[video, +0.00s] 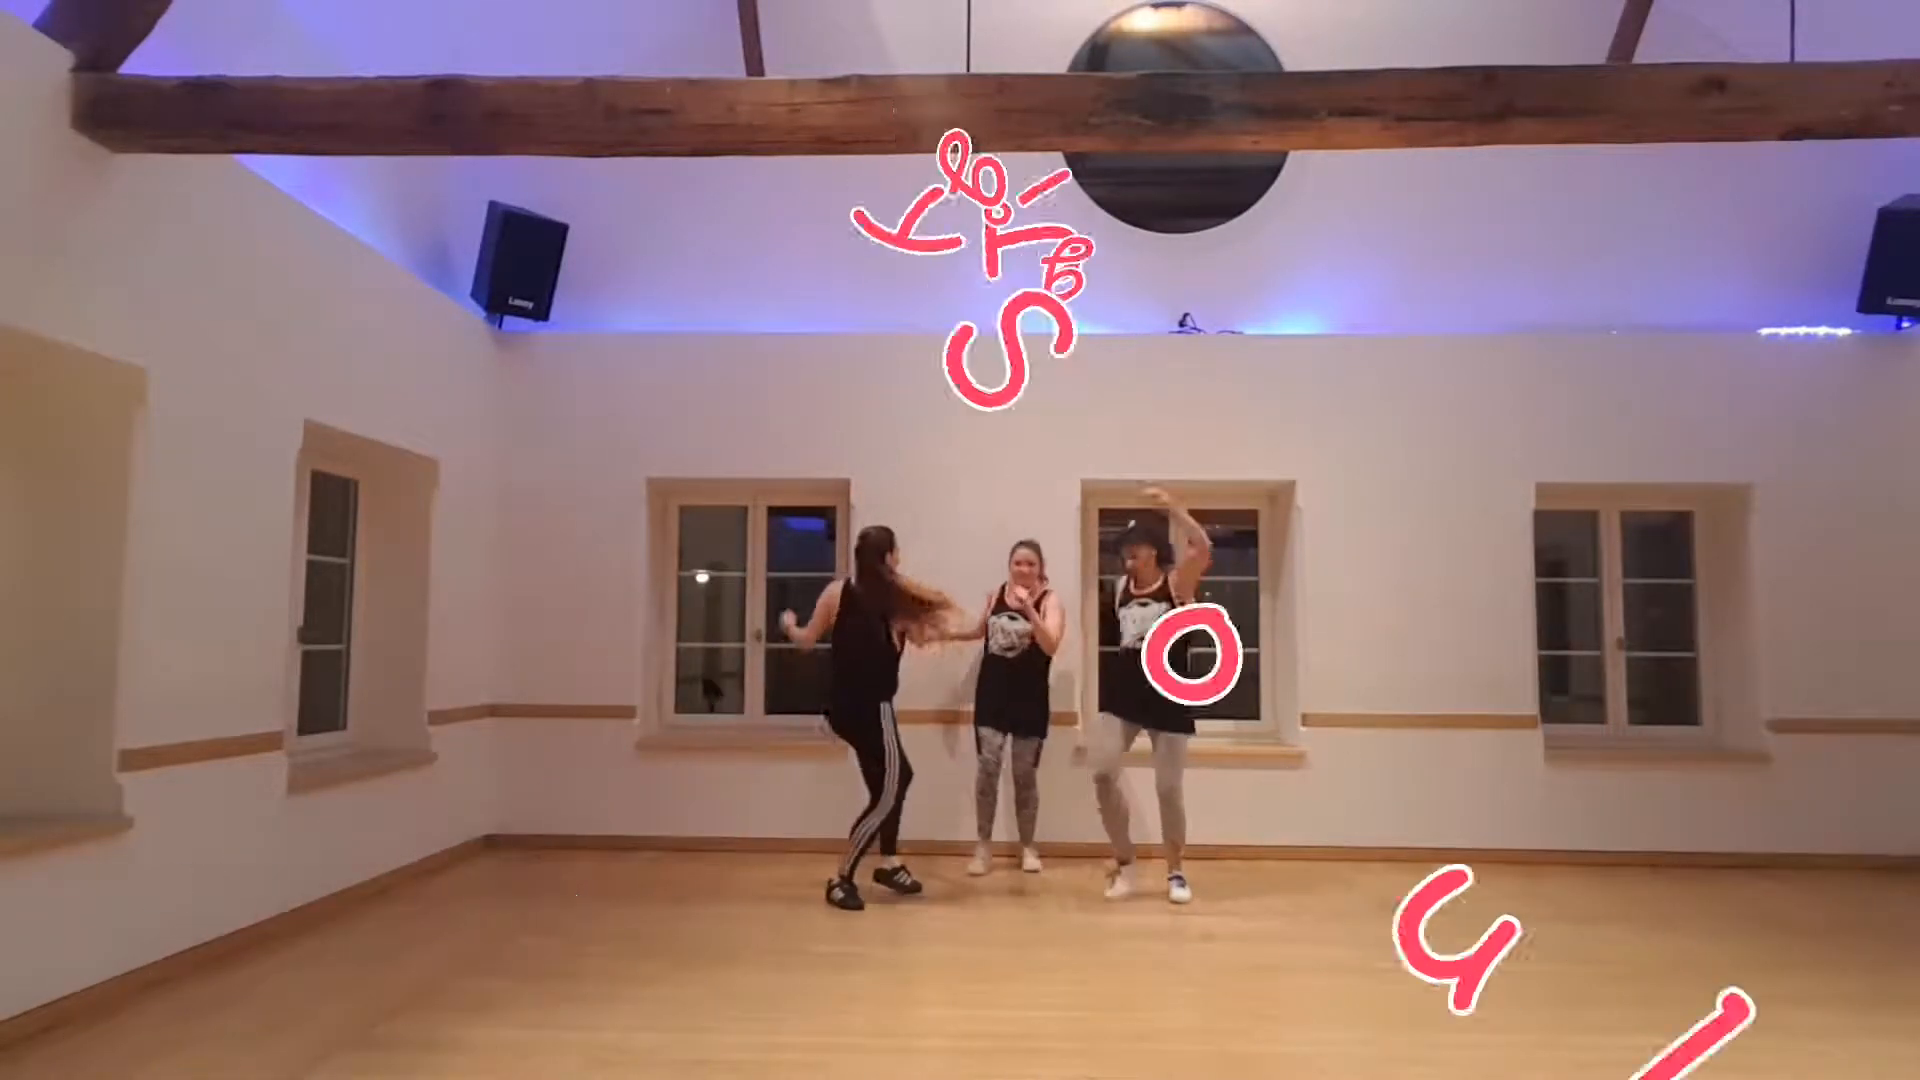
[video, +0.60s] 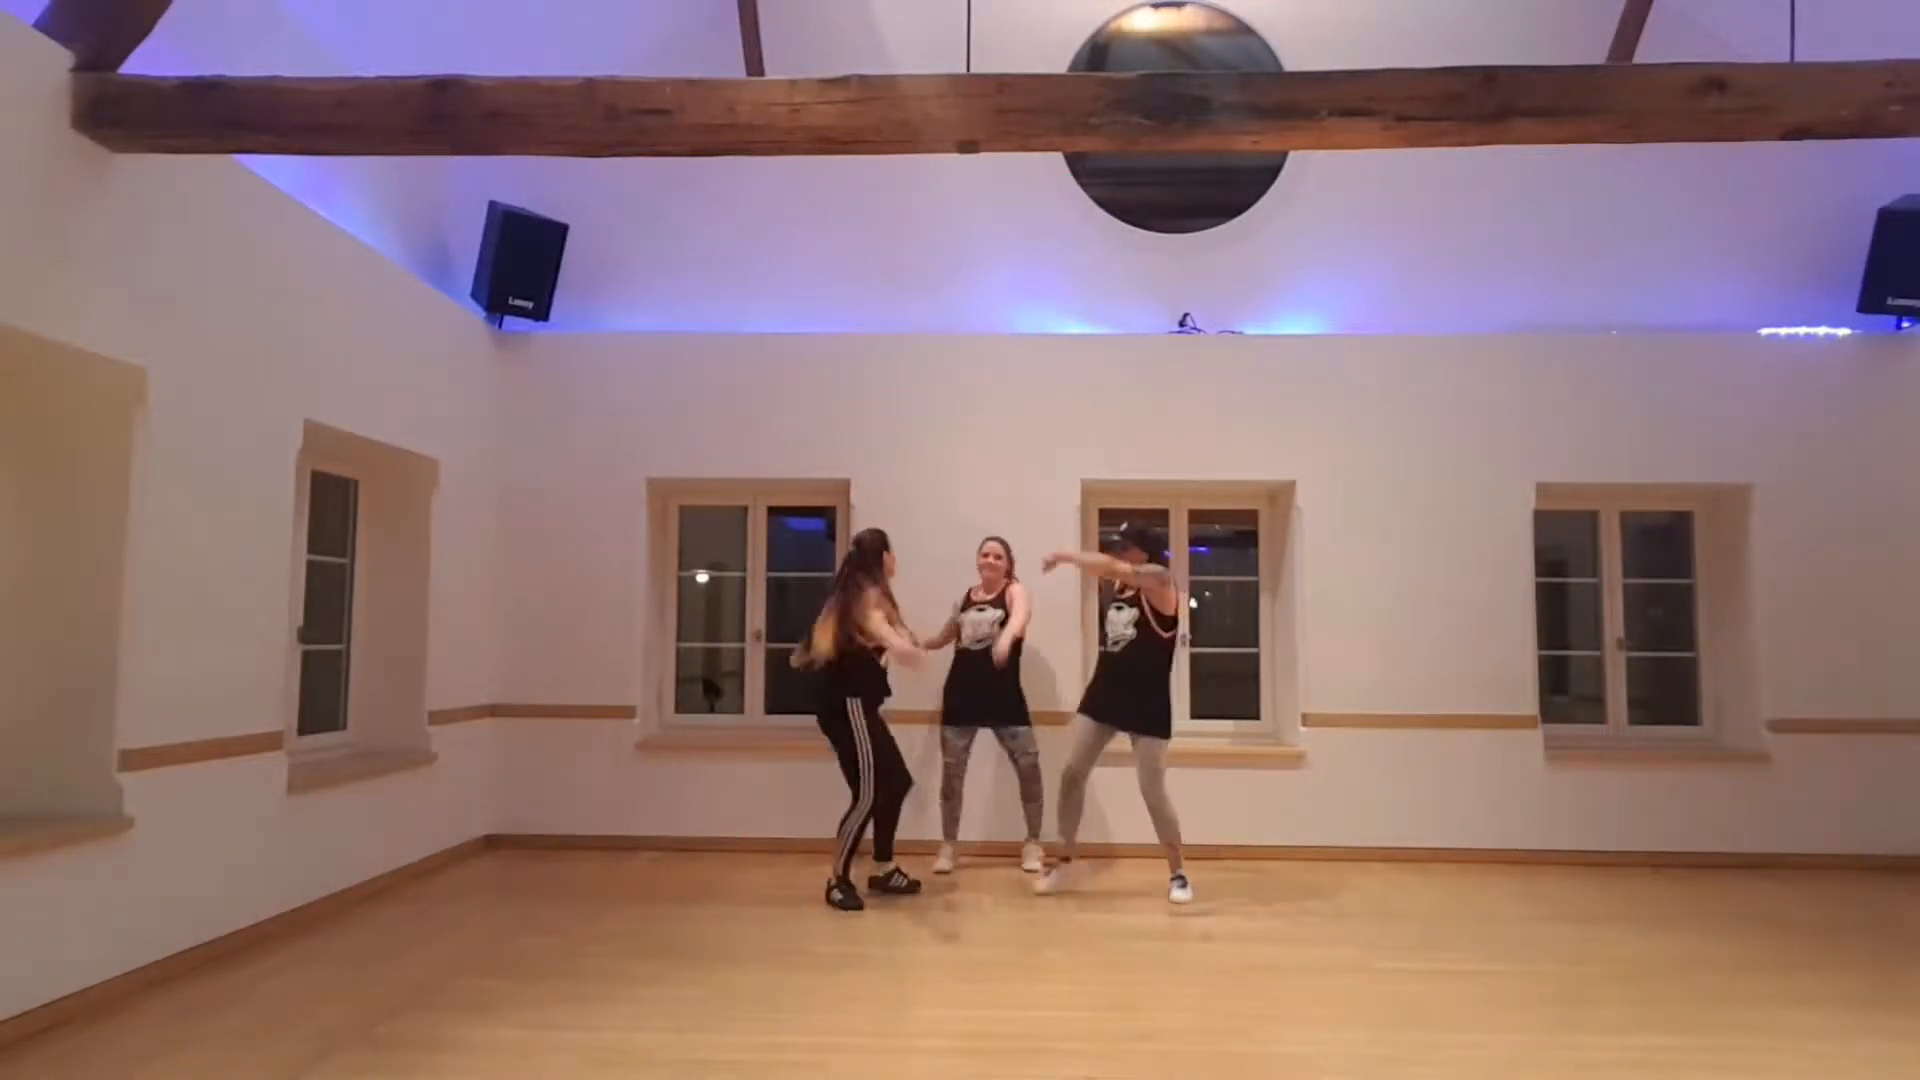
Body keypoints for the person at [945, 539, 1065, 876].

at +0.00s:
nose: (1023, 569)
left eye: (1029, 564)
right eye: (1018, 563)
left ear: (1041, 568)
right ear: (1009, 566)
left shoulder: (1049, 601)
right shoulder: (998, 596)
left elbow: (1051, 644)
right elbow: (979, 631)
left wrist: (1028, 611)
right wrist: (941, 634)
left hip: (1030, 696)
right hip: (992, 693)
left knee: (1023, 771)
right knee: (988, 767)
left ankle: (1028, 846)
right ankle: (983, 844)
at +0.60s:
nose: (989, 561)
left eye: (997, 557)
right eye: (984, 555)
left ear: (1008, 565)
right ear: (976, 562)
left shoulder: (1014, 590)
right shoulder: (968, 597)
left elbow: (1019, 616)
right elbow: (946, 635)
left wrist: (1005, 637)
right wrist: (921, 644)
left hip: (1001, 690)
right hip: (961, 690)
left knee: (1028, 762)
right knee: (952, 767)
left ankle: (1033, 842)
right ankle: (948, 844)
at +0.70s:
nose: (981, 566)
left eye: (987, 562)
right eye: (976, 561)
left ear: (996, 570)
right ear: (966, 567)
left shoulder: (1005, 602)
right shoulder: (953, 606)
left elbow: (1017, 643)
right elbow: (931, 647)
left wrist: (1014, 682)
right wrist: (904, 667)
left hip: (992, 701)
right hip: (952, 701)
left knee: (1023, 771)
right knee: (946, 776)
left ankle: (1033, 844)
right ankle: (949, 847)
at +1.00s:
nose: (969, 560)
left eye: (972, 554)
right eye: (961, 555)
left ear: (977, 560)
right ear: (944, 563)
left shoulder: (990, 597)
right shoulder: (931, 605)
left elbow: (1011, 644)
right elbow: (926, 658)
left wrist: (1030, 680)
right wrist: (941, 699)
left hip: (987, 694)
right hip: (947, 696)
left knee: (995, 769)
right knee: (948, 775)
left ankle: (1002, 844)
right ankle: (949, 845)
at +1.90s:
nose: (980, 567)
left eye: (986, 560)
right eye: (975, 563)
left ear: (1002, 567)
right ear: (971, 572)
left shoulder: (1018, 601)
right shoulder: (970, 613)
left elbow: (1035, 648)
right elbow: (967, 669)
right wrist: (986, 719)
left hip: (1023, 693)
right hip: (989, 700)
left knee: (1030, 773)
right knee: (999, 777)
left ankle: (1015, 849)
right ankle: (957, 844)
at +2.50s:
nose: (1030, 566)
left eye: (1036, 562)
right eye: (1024, 560)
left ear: (1044, 570)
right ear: (1012, 567)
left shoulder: (1050, 606)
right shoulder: (990, 597)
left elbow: (1053, 660)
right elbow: (966, 637)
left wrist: (1036, 706)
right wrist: (962, 682)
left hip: (1031, 702)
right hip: (990, 699)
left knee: (1027, 777)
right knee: (989, 775)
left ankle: (1021, 850)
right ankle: (987, 845)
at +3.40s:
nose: (1010, 572)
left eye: (1016, 566)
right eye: (1004, 565)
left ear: (1028, 570)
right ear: (996, 569)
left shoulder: (1037, 603)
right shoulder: (981, 603)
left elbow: (1050, 642)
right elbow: (960, 650)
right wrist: (986, 644)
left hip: (1024, 694)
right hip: (984, 695)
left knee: (1028, 774)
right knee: (978, 773)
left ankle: (1016, 849)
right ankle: (970, 851)